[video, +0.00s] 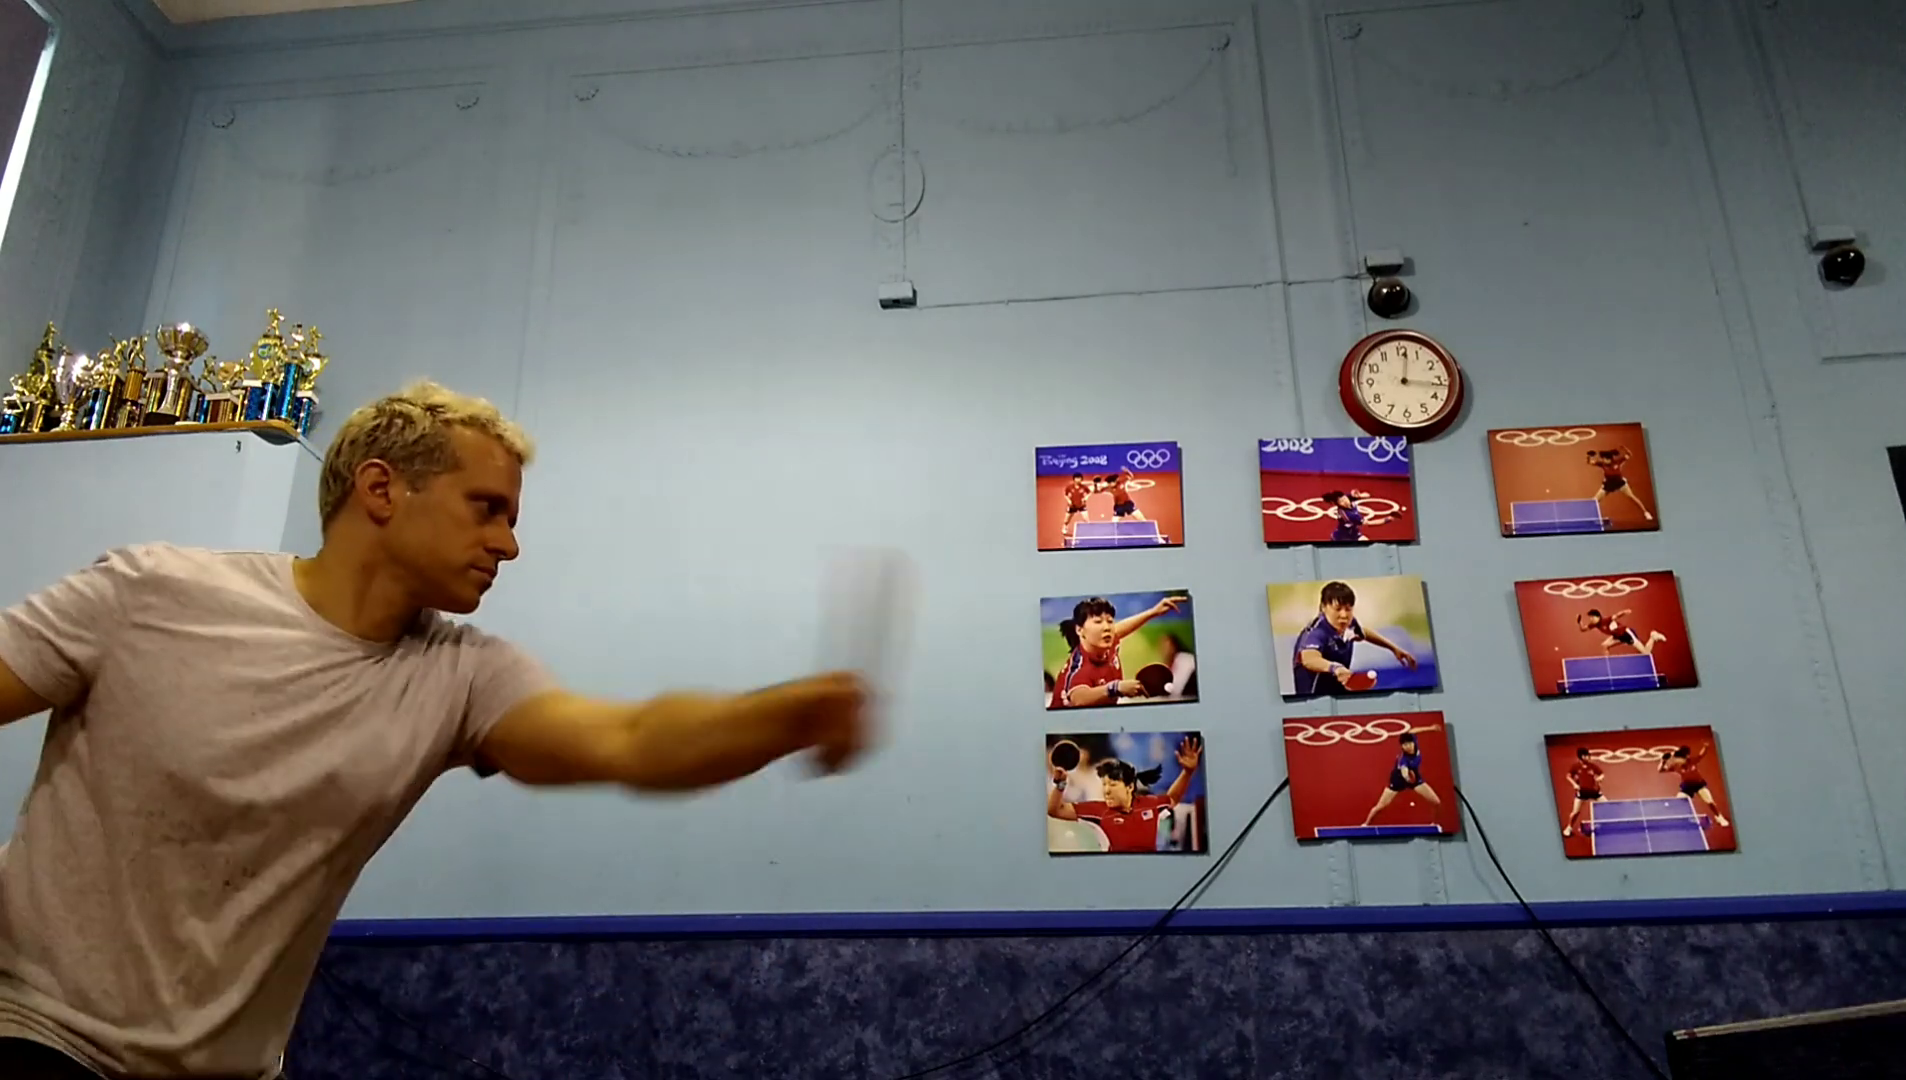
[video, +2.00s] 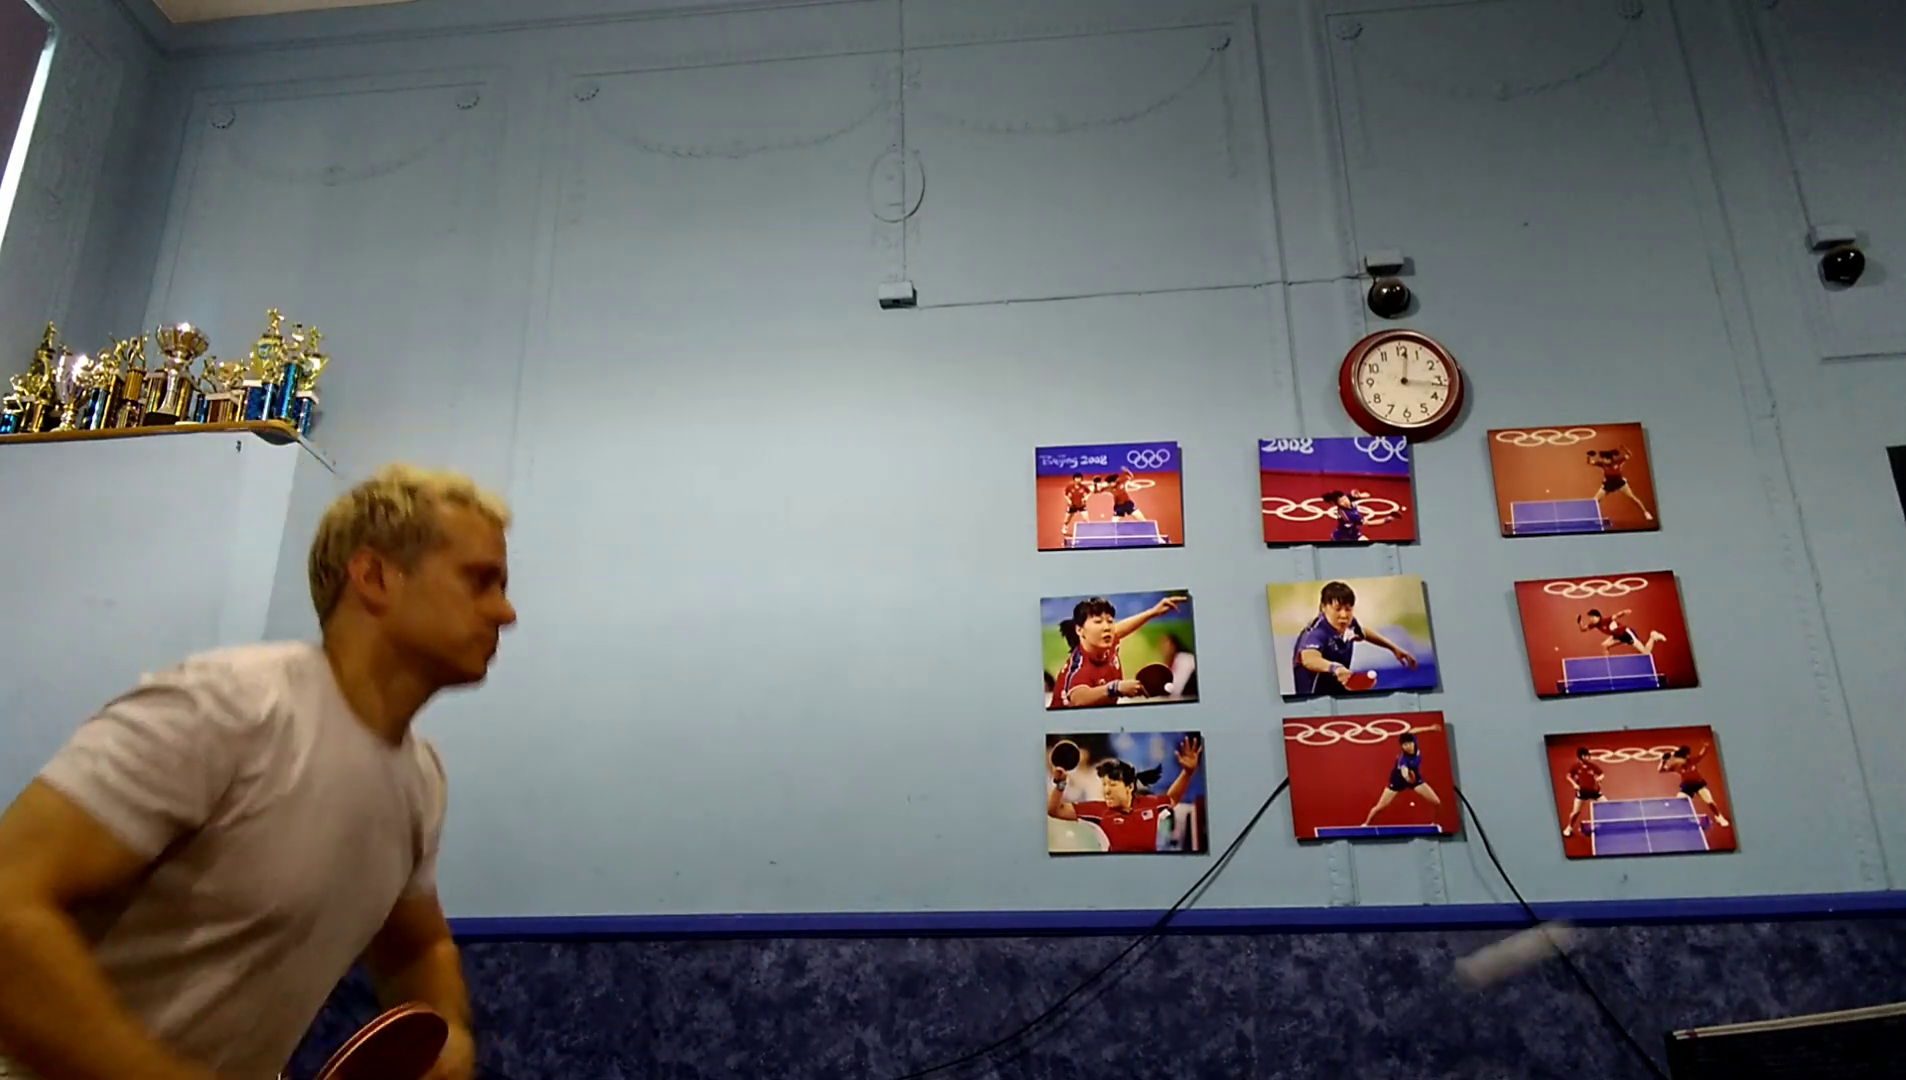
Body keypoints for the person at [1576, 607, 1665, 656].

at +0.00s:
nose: (1590, 620)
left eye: (1591, 618)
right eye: (1590, 618)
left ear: (1597, 617)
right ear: (1593, 618)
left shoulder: (1607, 620)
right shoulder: (1594, 624)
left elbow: (1617, 616)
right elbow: (1583, 630)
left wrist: (1625, 612)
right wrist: (1579, 623)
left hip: (1627, 634)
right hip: (1618, 637)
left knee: (1646, 652)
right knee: (1604, 645)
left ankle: (1653, 636)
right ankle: (1608, 667)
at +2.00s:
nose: (1590, 620)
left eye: (1591, 618)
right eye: (1590, 618)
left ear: (1597, 617)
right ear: (1593, 618)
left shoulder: (1606, 621)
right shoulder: (1594, 624)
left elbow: (1617, 616)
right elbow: (1583, 630)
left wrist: (1625, 612)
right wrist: (1579, 623)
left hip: (1627, 634)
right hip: (1617, 637)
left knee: (1646, 652)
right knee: (1604, 645)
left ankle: (1653, 636)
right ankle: (1608, 667)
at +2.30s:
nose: (1590, 620)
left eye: (1591, 618)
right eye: (1590, 618)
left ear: (1597, 617)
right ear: (1593, 618)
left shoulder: (1606, 621)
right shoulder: (1594, 624)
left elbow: (1617, 616)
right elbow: (1583, 630)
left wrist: (1625, 612)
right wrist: (1579, 623)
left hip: (1627, 634)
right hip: (1618, 637)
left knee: (1646, 652)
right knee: (1604, 645)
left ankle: (1653, 636)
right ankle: (1608, 667)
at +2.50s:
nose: (1590, 620)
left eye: (1591, 618)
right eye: (1590, 618)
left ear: (1597, 617)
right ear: (1593, 618)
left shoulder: (1606, 620)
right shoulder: (1594, 624)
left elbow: (1617, 616)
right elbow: (1583, 630)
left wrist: (1625, 612)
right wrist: (1579, 623)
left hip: (1627, 634)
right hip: (1618, 637)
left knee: (1645, 652)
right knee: (1604, 645)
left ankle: (1653, 636)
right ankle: (1608, 666)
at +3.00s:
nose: (1590, 620)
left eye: (1591, 618)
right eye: (1590, 619)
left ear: (1597, 617)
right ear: (1593, 618)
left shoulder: (1607, 621)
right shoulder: (1594, 625)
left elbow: (1617, 615)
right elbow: (1583, 630)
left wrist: (1625, 612)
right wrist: (1579, 623)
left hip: (1627, 634)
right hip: (1617, 637)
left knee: (1645, 652)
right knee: (1604, 645)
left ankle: (1653, 636)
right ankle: (1609, 667)